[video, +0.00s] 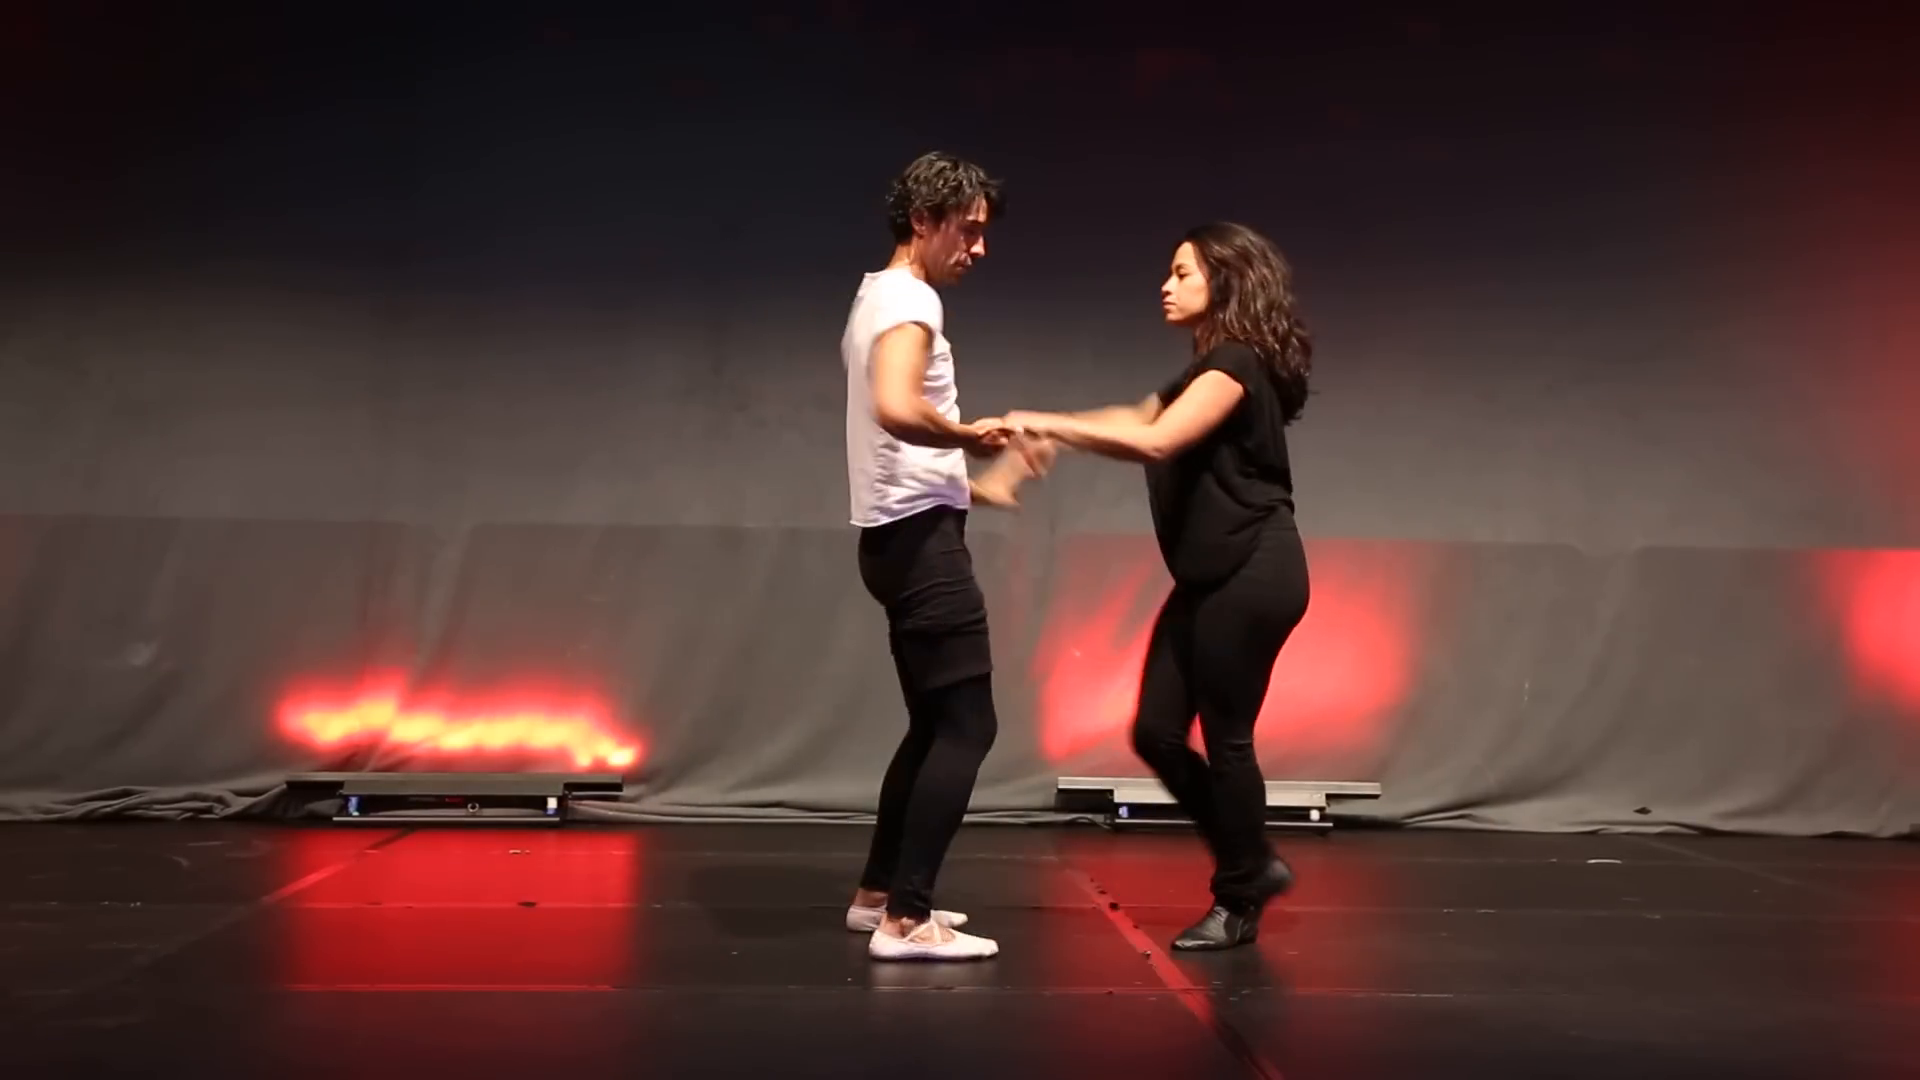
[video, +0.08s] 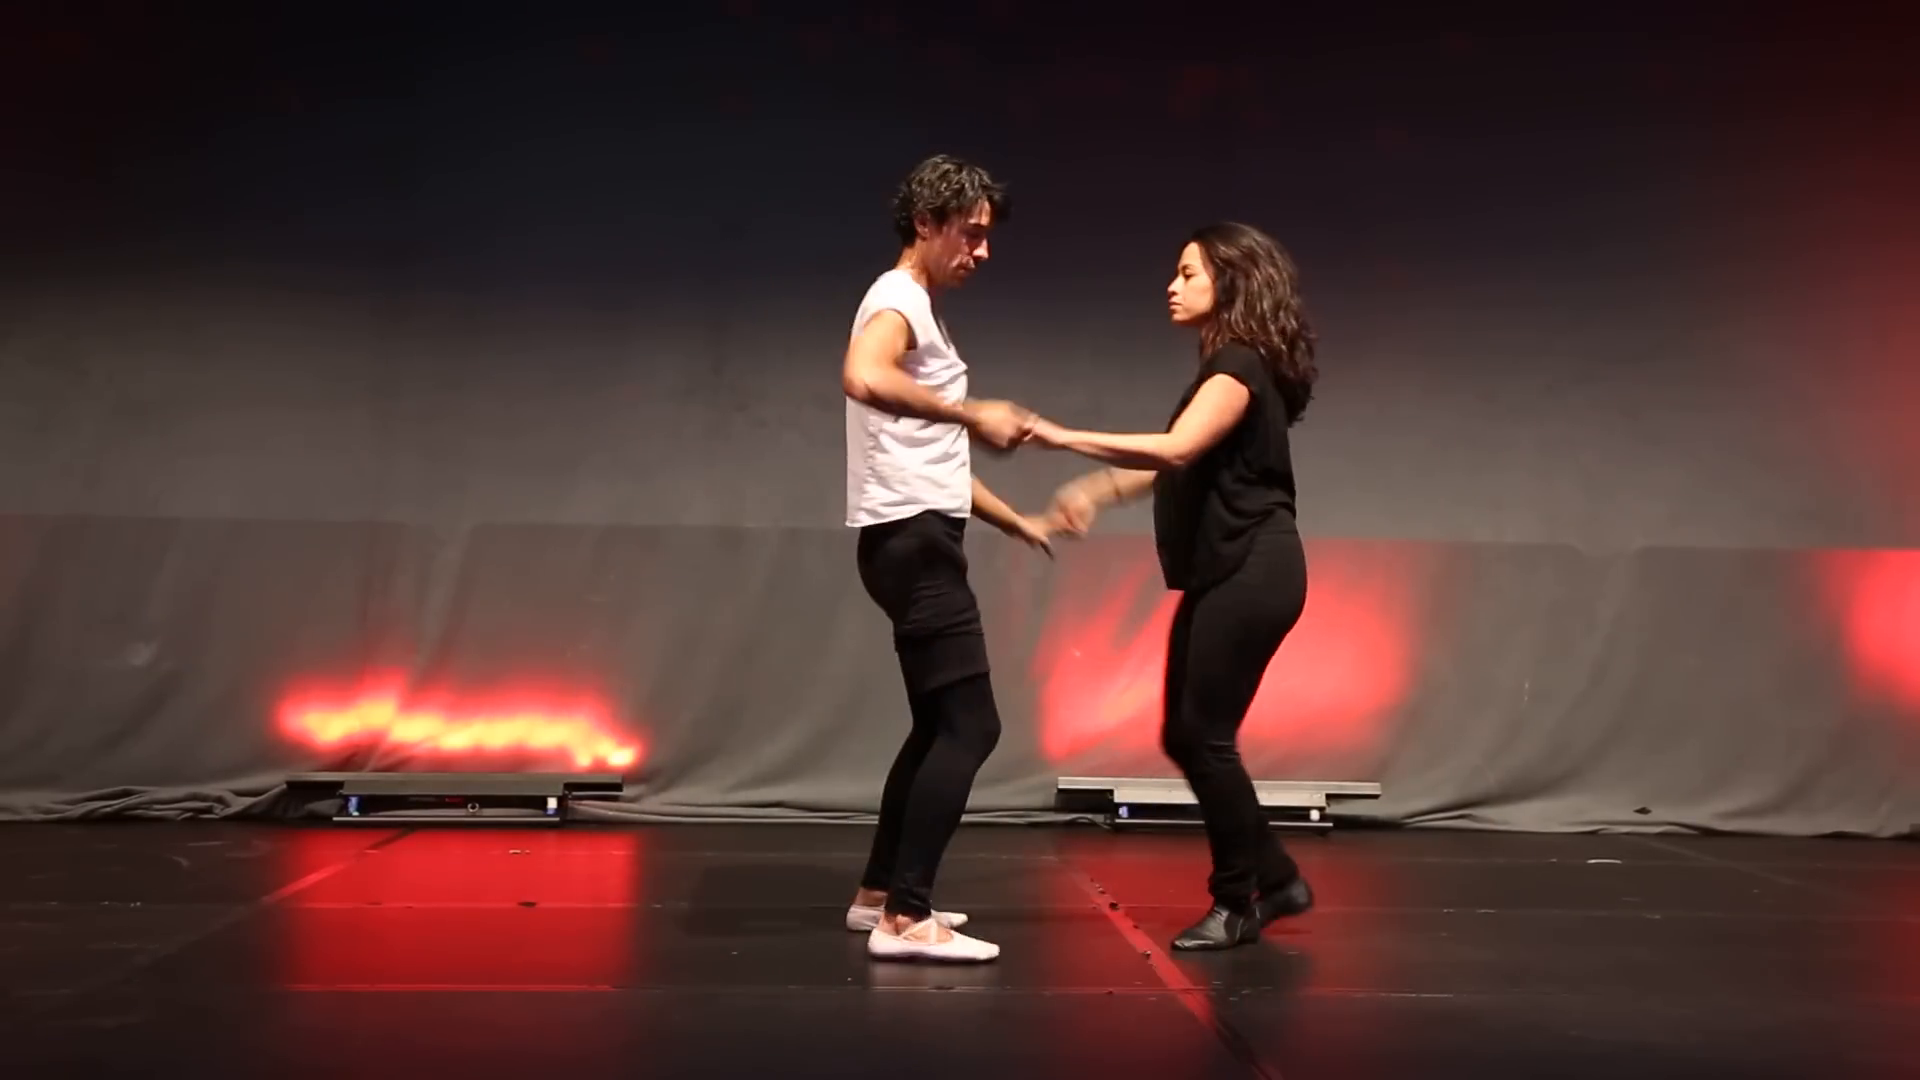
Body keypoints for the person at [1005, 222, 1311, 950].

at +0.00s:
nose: (1168, 286)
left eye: (1183, 274)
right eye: (1171, 273)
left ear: (1228, 283)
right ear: (1206, 288)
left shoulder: (1237, 363)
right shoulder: (1200, 369)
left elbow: (1159, 441)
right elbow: (1129, 423)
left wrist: (1051, 427)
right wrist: (1041, 429)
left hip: (1253, 576)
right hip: (1208, 578)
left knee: (1227, 739)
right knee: (1157, 734)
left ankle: (1238, 904)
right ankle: (1254, 863)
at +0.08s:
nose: (1173, 286)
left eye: (1188, 274)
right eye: (1176, 273)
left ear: (1233, 285)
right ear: (1221, 289)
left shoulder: (1240, 365)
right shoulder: (1217, 369)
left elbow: (1175, 447)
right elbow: (1169, 463)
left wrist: (1063, 436)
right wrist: (1095, 488)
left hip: (1252, 575)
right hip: (1220, 576)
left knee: (1203, 735)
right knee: (1186, 734)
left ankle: (1237, 905)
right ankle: (1275, 876)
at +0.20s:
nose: (1178, 290)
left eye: (1194, 277)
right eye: (1183, 276)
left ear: (1238, 288)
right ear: (1227, 290)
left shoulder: (1245, 359)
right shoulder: (1230, 368)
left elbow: (1204, 400)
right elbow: (1206, 484)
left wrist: (1100, 351)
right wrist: (1144, 541)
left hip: (1258, 568)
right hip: (1250, 568)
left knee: (1188, 729)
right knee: (1231, 740)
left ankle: (1237, 901)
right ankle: (1291, 900)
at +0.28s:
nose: (1183, 292)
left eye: (1198, 278)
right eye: (1184, 279)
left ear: (1244, 288)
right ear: (1229, 289)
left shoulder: (1257, 361)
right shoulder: (1230, 372)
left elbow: (1183, 332)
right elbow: (1231, 492)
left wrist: (1107, 261)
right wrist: (1164, 554)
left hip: (1264, 572)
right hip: (1251, 574)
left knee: (1183, 727)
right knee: (1253, 742)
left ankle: (1242, 896)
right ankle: (1294, 901)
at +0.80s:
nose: (1184, 293)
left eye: (1200, 280)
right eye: (1187, 280)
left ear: (1246, 288)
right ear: (1218, 291)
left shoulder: (1273, 362)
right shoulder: (1207, 374)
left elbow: (1187, 422)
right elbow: (1203, 492)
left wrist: (1086, 382)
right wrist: (1144, 542)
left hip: (1269, 580)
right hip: (1214, 581)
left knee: (1229, 742)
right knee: (1145, 728)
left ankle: (1260, 916)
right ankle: (1250, 872)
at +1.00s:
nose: (1165, 289)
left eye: (1181, 276)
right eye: (1169, 276)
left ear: (1226, 287)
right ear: (1205, 289)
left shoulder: (1243, 362)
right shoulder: (1189, 375)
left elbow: (1182, 445)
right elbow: (1150, 465)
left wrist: (1075, 434)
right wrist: (1072, 458)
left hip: (1258, 579)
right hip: (1208, 582)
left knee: (1237, 743)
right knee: (1116, 708)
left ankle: (1261, 917)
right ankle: (1199, 855)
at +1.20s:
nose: (1136, 276)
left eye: (1150, 264)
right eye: (1140, 264)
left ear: (1192, 274)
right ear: (1181, 276)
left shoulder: (1193, 346)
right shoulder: (1177, 351)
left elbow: (1157, 443)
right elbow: (1088, 410)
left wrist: (1075, 463)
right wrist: (1049, 449)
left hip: (1215, 558)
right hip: (1204, 558)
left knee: (1160, 724)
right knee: (1159, 724)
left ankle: (1236, 881)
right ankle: (1231, 880)